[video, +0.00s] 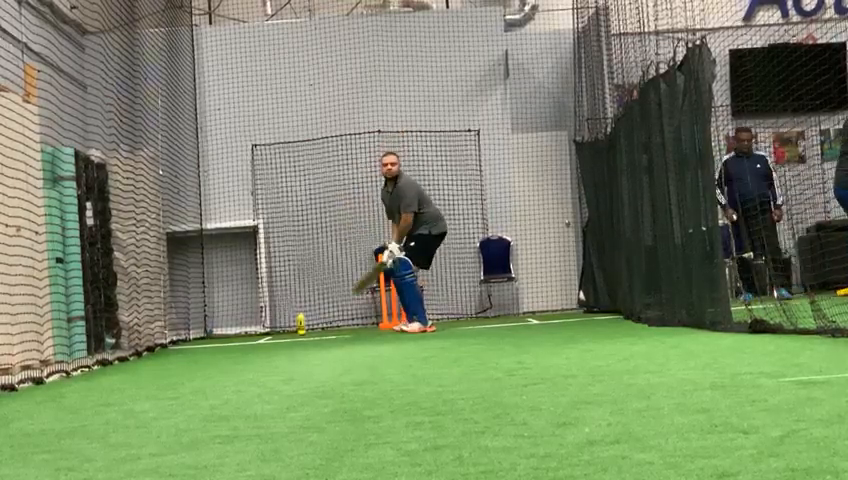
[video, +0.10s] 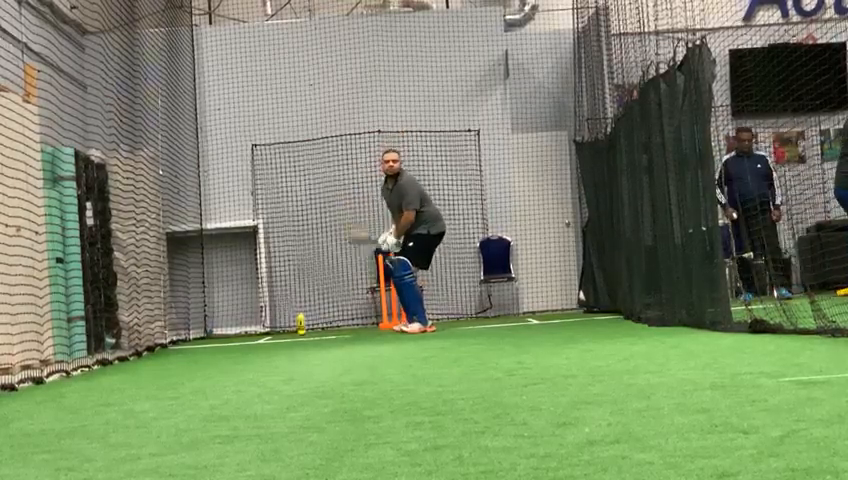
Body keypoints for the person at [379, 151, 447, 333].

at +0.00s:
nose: (389, 168)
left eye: (393, 164)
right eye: (385, 165)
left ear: (399, 165)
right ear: (381, 168)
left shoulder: (406, 186)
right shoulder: (386, 191)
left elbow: (408, 220)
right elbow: (395, 220)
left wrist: (396, 244)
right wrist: (394, 244)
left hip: (431, 229)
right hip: (416, 231)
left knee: (405, 267)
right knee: (398, 267)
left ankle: (420, 320)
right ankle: (413, 318)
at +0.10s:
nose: (391, 165)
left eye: (394, 161)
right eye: (387, 162)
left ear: (400, 163)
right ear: (382, 165)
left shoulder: (407, 183)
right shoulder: (386, 186)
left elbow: (409, 217)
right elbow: (396, 214)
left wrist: (396, 236)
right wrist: (393, 233)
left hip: (429, 229)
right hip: (414, 230)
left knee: (405, 269)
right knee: (401, 268)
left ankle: (420, 320)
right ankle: (414, 318)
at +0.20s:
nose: (391, 164)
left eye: (395, 160)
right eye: (387, 161)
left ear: (401, 162)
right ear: (382, 164)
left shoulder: (408, 183)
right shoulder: (387, 184)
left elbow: (408, 217)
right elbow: (397, 211)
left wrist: (393, 231)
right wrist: (390, 224)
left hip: (428, 229)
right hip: (413, 229)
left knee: (405, 269)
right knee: (399, 268)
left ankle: (420, 320)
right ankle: (413, 318)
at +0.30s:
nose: (392, 165)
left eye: (396, 162)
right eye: (388, 162)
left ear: (401, 163)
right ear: (384, 165)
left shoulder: (408, 185)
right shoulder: (387, 184)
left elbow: (405, 220)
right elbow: (391, 208)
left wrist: (390, 229)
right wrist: (386, 216)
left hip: (427, 230)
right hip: (411, 230)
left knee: (402, 269)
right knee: (394, 267)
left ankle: (419, 320)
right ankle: (409, 318)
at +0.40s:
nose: (392, 170)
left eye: (396, 166)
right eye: (388, 167)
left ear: (401, 168)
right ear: (384, 169)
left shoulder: (407, 189)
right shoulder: (386, 188)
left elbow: (403, 225)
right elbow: (392, 211)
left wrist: (386, 230)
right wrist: (385, 217)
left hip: (426, 234)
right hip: (410, 233)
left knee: (400, 271)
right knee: (390, 269)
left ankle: (420, 321)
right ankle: (404, 320)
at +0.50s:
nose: (391, 176)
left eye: (395, 173)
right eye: (388, 173)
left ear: (400, 175)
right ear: (383, 176)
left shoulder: (406, 196)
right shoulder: (385, 195)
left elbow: (402, 231)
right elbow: (391, 219)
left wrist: (384, 235)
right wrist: (383, 223)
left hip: (426, 239)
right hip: (410, 238)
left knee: (398, 275)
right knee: (387, 272)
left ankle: (419, 321)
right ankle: (403, 320)